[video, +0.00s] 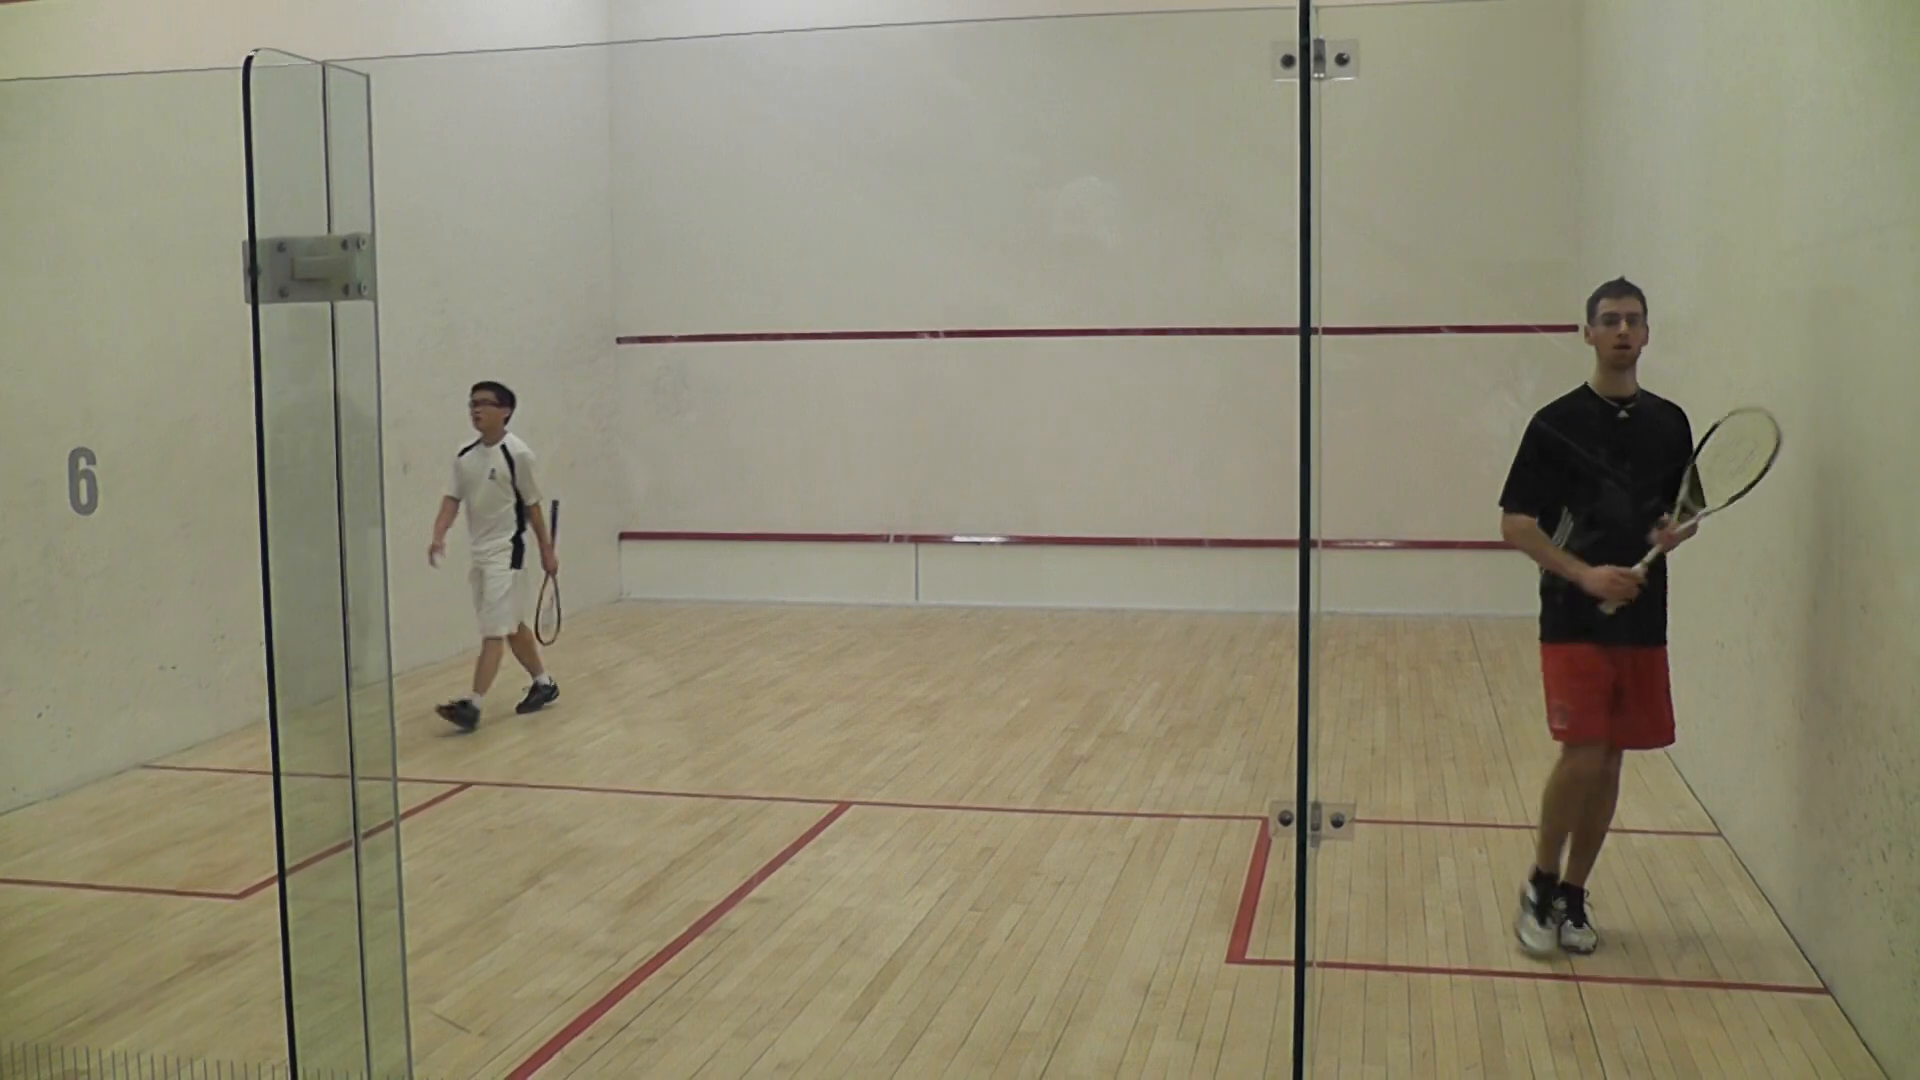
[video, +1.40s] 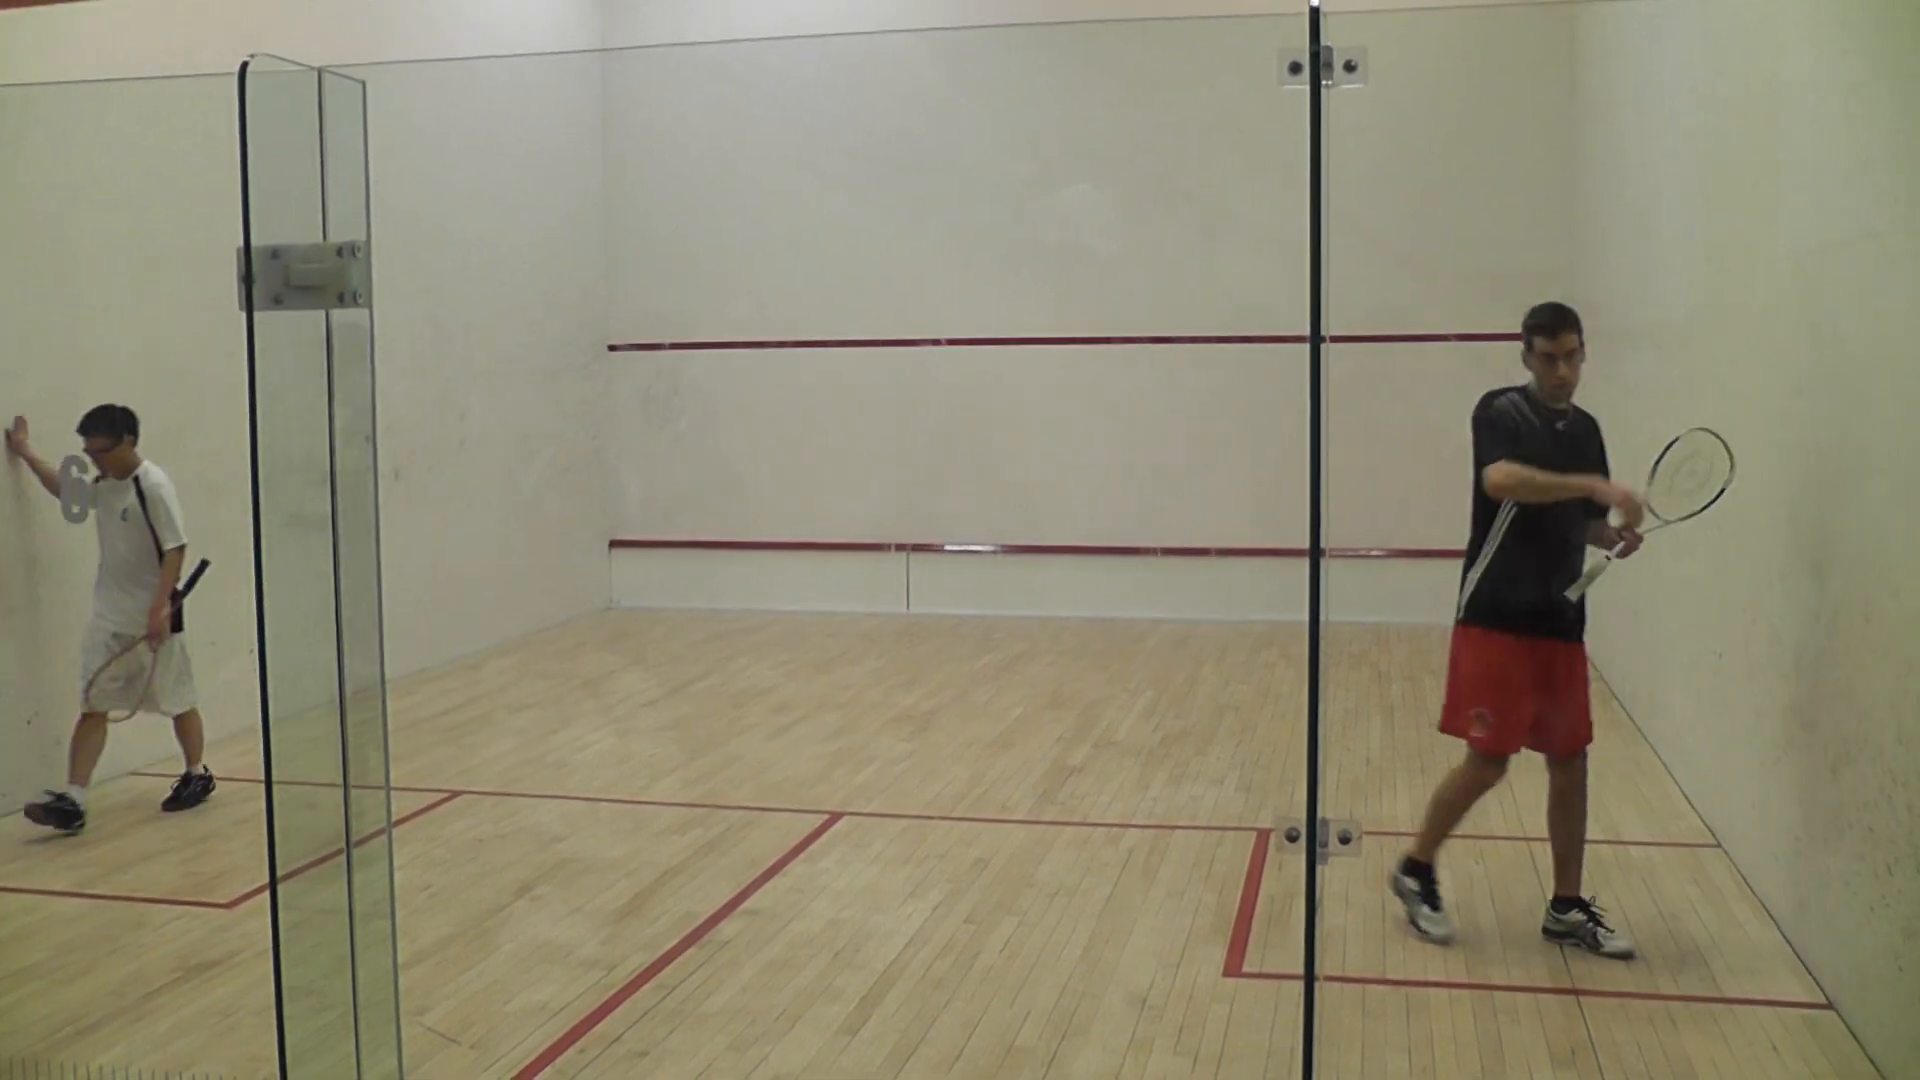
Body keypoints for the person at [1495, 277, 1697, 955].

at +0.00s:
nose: (1624, 332)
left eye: (1634, 321)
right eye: (1611, 321)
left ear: (1648, 333)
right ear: (1589, 333)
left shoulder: (1670, 423)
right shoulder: (1556, 423)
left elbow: (1686, 508)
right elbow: (1516, 526)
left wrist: (1672, 531)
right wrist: (1587, 574)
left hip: (1640, 622)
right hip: (1574, 621)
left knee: (1609, 758)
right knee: (1583, 753)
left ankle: (1574, 896)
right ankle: (1543, 887)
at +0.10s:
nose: (1632, 330)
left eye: (1642, 319)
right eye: (1618, 320)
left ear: (1655, 332)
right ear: (1594, 335)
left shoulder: (1670, 421)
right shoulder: (1571, 421)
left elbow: (1683, 506)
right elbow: (1545, 524)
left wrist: (1693, 516)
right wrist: (1635, 547)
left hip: (1644, 620)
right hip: (1591, 621)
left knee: (1610, 769)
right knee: (1603, 771)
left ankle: (1574, 895)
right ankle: (1592, 924)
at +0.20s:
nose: (1643, 332)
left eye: (1651, 321)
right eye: (1628, 322)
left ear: (1662, 334)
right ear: (1602, 338)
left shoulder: (1663, 422)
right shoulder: (1587, 423)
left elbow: (1671, 515)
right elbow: (1605, 510)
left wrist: (1700, 518)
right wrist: (1706, 481)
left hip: (1652, 627)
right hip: (1603, 630)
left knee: (1615, 767)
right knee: (1621, 776)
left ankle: (1569, 892)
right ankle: (1631, 942)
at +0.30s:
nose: (1662, 328)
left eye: (1666, 317)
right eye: (1644, 320)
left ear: (1672, 332)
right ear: (1615, 338)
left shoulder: (1660, 417)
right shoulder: (1611, 415)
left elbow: (1647, 508)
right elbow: (1678, 483)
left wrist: (1700, 524)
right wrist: (1765, 407)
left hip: (1652, 622)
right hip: (1620, 626)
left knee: (1625, 767)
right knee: (1635, 777)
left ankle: (1560, 891)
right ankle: (1629, 945)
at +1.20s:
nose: (1599, 386)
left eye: (1608, 373)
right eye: (1586, 376)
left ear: (1620, 357)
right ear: (1561, 361)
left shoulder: (1628, 428)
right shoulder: (1542, 395)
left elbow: (1633, 516)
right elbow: (1583, 423)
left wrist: (1647, 533)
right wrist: (1682, 406)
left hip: (1594, 620)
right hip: (1535, 615)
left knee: (1592, 764)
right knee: (1546, 768)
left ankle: (1571, 908)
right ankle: (1543, 927)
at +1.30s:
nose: (1579, 374)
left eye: (1589, 362)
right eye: (1566, 364)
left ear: (1602, 357)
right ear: (1544, 358)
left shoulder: (1615, 430)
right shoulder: (1519, 401)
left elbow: (1613, 520)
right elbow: (1543, 448)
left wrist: (1631, 535)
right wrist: (1639, 442)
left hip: (1579, 616)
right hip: (1516, 611)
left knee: (1581, 760)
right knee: (1518, 762)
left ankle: (1567, 905)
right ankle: (1480, 902)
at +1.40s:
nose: (1560, 369)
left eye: (1569, 357)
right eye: (1547, 358)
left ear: (1583, 355)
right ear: (1526, 357)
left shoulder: (1585, 430)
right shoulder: (1501, 410)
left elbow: (1579, 518)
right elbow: (1499, 479)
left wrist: (1610, 535)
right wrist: (1597, 488)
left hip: (1558, 621)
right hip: (1494, 619)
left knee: (1569, 761)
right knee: (1488, 762)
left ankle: (1566, 904)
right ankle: (1414, 869)